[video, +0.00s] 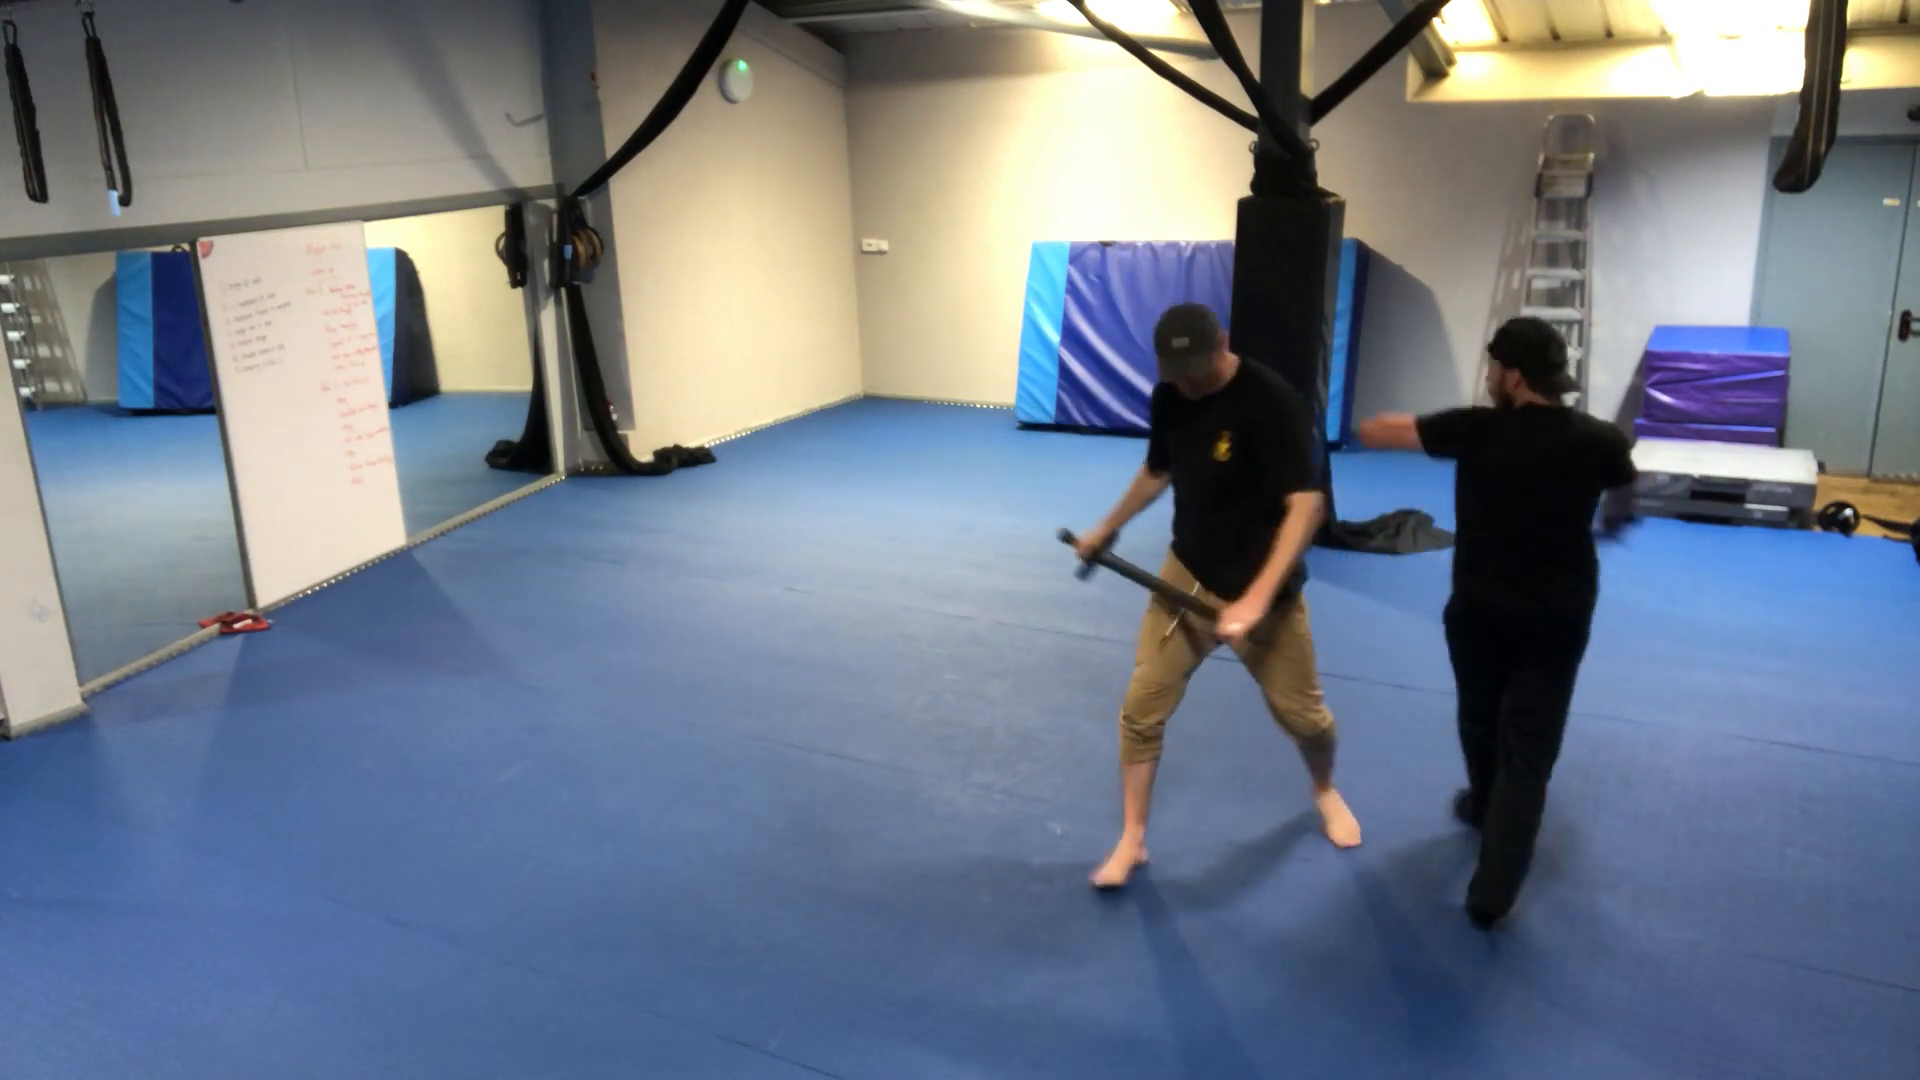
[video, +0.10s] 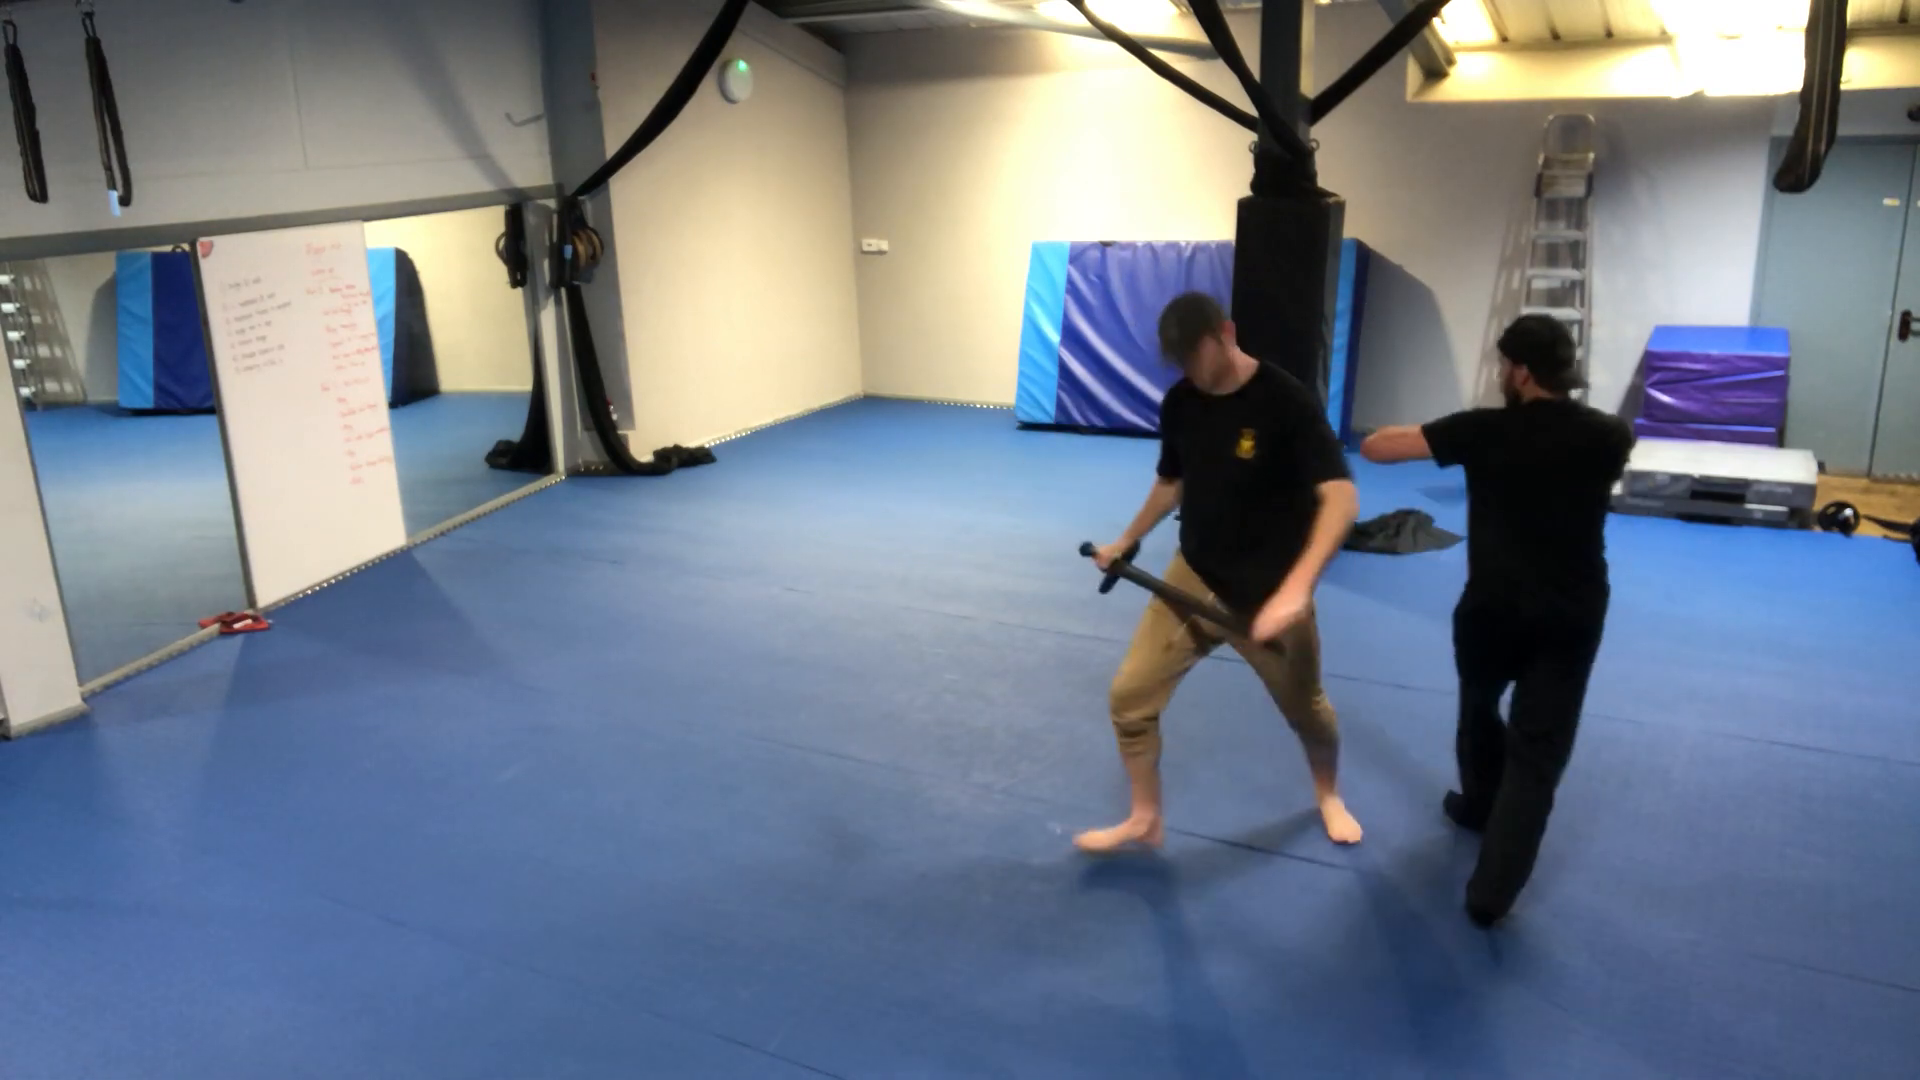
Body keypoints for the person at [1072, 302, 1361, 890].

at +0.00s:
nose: (1188, 382)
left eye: (1198, 370)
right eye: (1178, 373)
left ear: (1223, 346)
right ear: (1165, 363)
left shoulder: (1274, 401)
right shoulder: (1169, 399)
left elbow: (1307, 506)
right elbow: (1157, 471)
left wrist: (1255, 599)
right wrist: (1105, 530)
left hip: (1267, 582)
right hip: (1189, 572)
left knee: (1306, 719)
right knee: (1142, 707)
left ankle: (1325, 791)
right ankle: (1132, 837)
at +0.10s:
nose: (1186, 371)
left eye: (1191, 357)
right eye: (1179, 361)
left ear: (1226, 336)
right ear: (1175, 355)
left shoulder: (1289, 402)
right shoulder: (1181, 403)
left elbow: (1340, 498)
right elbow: (1170, 482)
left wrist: (1295, 590)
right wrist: (1125, 542)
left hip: (1274, 590)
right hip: (1196, 577)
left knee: (1306, 709)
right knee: (1130, 700)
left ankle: (1329, 796)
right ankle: (1144, 819)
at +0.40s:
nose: (1112, 481)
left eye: (1110, 470)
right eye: (1104, 476)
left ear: (1128, 442)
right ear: (1109, 456)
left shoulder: (1217, 441)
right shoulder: (1142, 472)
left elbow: (1337, 436)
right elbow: (1132, 510)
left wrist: (1436, 496)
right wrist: (1105, 562)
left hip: (1269, 606)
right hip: (1191, 594)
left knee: (1308, 716)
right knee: (1152, 716)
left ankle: (1327, 791)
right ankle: (1204, 825)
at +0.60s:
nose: (1067, 577)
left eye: (1060, 572)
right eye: (1058, 575)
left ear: (1067, 547)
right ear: (1064, 543)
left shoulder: (1160, 493)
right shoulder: (1084, 515)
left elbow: (1261, 463)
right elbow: (1104, 563)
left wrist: (1323, 502)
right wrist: (1077, 634)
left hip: (1232, 619)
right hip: (1164, 615)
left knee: (1177, 758)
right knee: (1131, 743)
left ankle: (1254, 793)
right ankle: (1207, 833)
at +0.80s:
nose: (964, 548)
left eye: (958, 539)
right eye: (957, 538)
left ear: (974, 533)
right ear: (997, 493)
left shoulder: (1096, 536)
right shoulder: (1029, 546)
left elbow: (1221, 550)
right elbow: (1071, 600)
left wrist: (1269, 641)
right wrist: (1038, 670)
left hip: (1183, 674)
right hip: (1127, 666)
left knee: (1068, 813)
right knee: (1119, 770)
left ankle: (1049, 990)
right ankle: (1207, 832)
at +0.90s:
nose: (934, 525)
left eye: (931, 515)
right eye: (932, 514)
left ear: (942, 519)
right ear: (995, 482)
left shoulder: (1052, 552)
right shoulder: (1027, 541)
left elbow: (1164, 629)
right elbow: (1069, 630)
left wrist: (1203, 741)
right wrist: (1027, 703)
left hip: (1152, 707)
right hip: (1111, 695)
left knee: (1029, 838)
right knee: (1088, 802)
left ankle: (1041, 991)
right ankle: (1188, 847)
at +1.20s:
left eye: (980, 471)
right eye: (1036, 460)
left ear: (974, 479)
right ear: (1041, 464)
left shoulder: (996, 540)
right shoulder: (1102, 518)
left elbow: (1029, 637)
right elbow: (1126, 628)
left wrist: (983, 785)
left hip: (1099, 765)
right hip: (1188, 749)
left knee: (994, 863)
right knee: (1125, 896)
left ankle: (1041, 996)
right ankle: (1156, 1063)